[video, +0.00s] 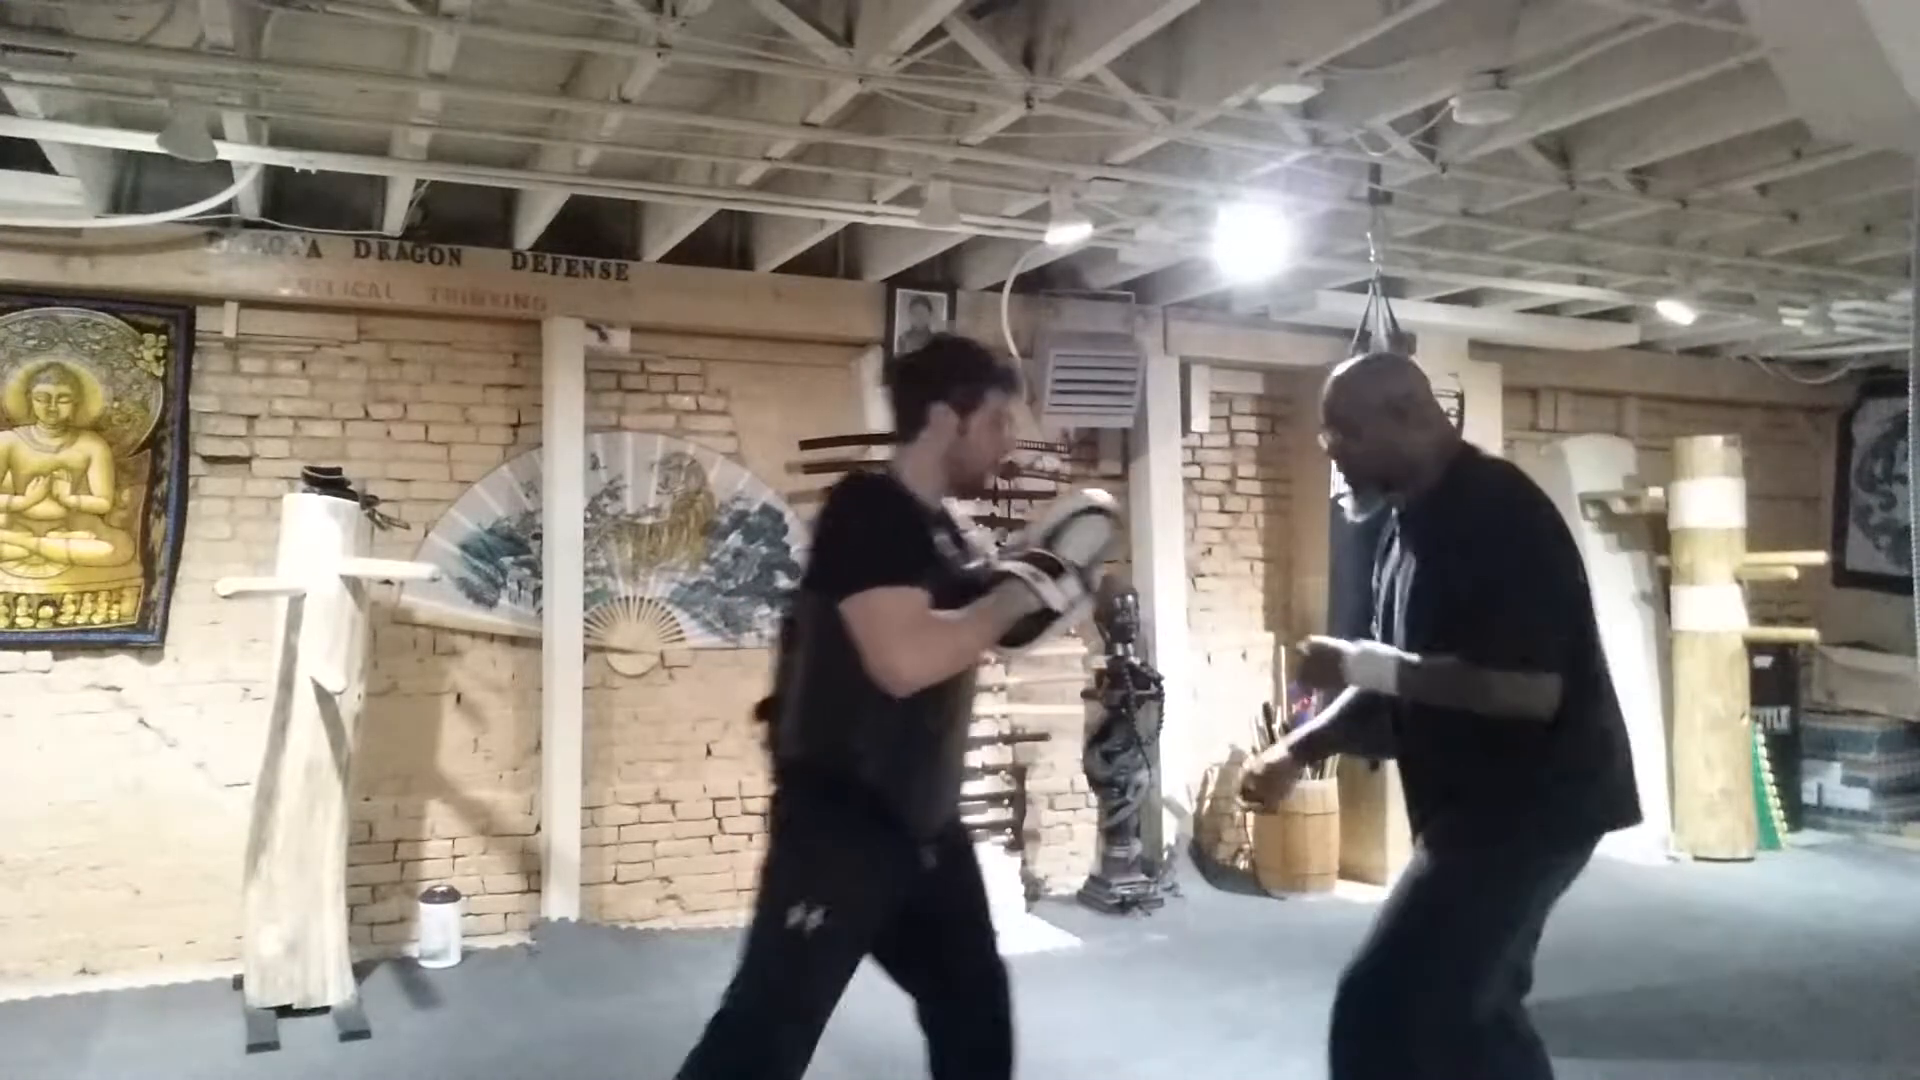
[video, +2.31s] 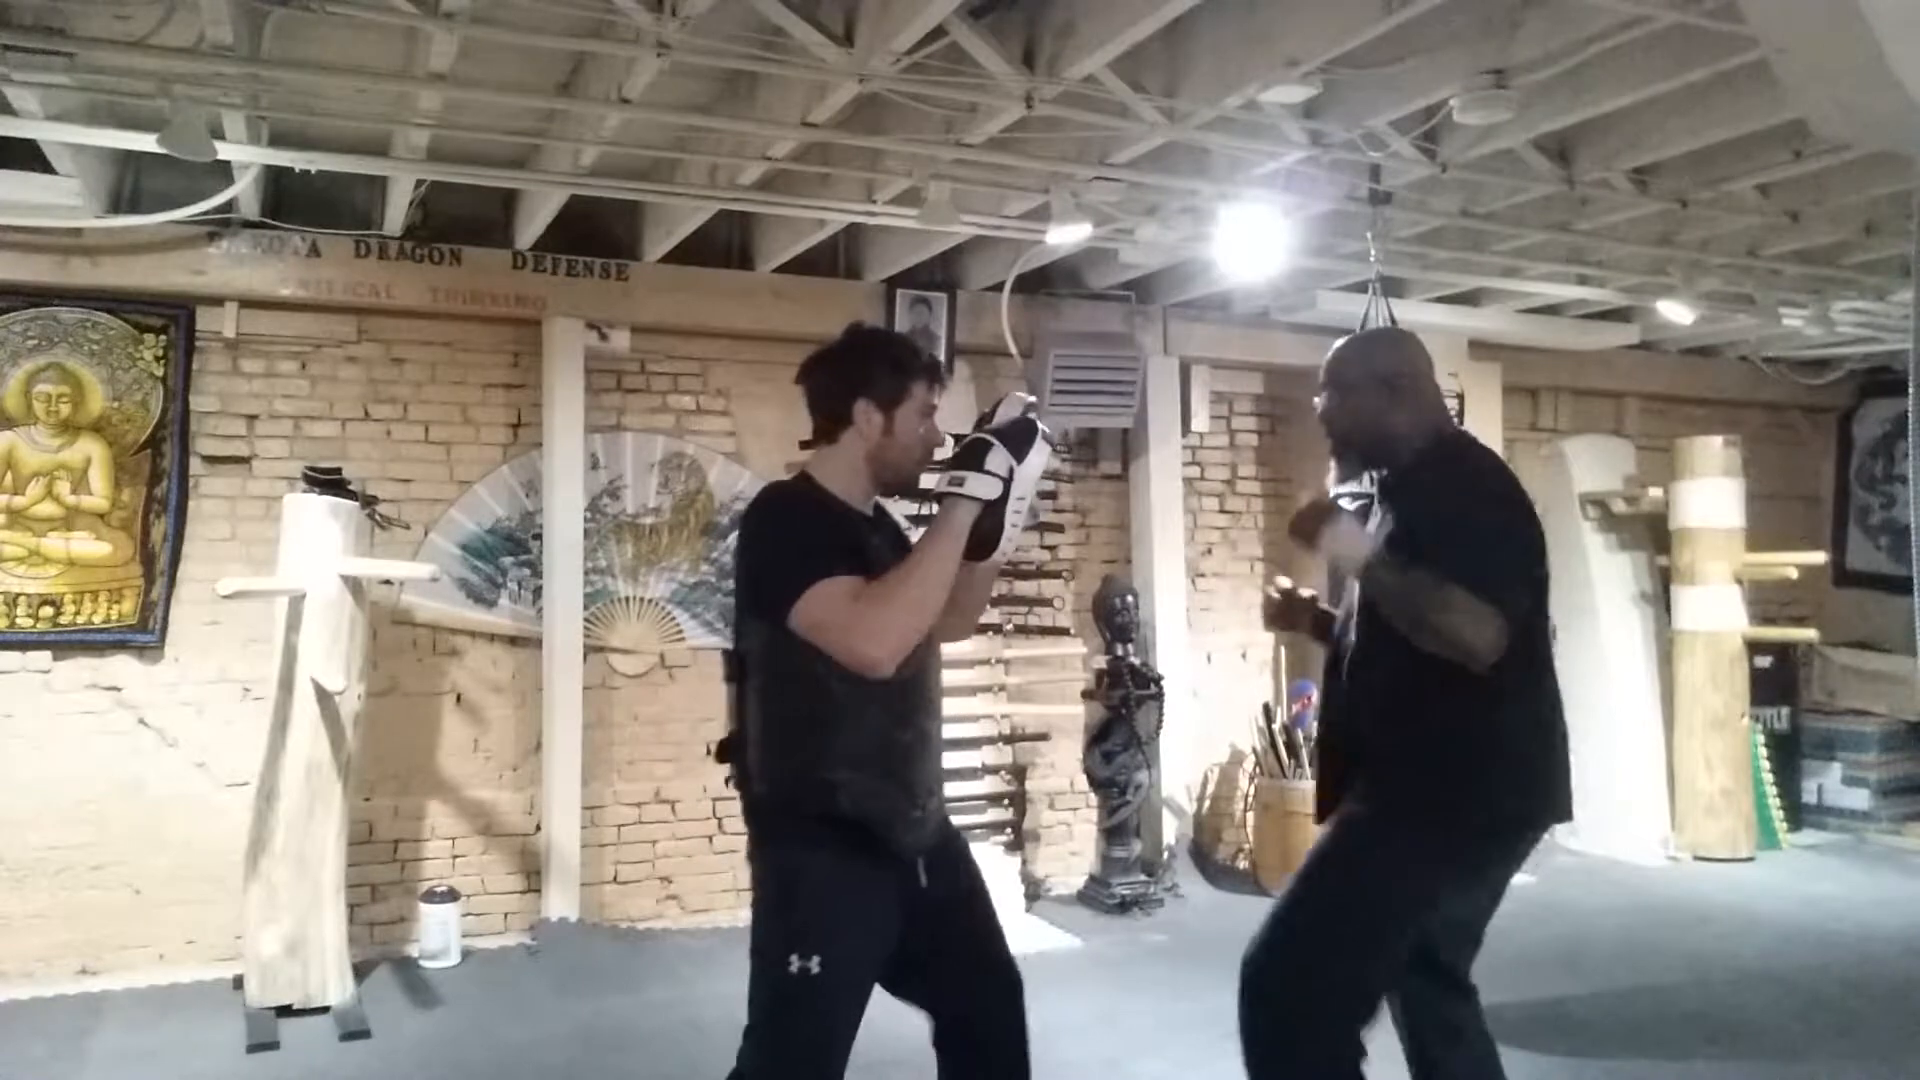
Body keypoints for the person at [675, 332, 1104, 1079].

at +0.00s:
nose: (1010, 445)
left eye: (1011, 426)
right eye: (1002, 423)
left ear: (945, 419)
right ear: (947, 416)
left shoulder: (945, 532)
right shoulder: (865, 508)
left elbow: (973, 627)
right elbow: (902, 660)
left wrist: (1044, 577)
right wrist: (1010, 596)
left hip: (920, 833)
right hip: (836, 831)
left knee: (975, 1028)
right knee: (763, 1038)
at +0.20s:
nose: (940, 459)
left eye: (941, 441)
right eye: (931, 438)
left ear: (877, 434)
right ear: (875, 431)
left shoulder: (860, 547)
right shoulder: (777, 525)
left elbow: (868, 672)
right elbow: (801, 690)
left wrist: (961, 623)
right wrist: (939, 626)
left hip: (856, 851)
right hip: (767, 856)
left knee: (926, 1024)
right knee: (730, 1062)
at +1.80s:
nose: (914, 431)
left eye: (912, 410)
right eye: (902, 408)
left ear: (850, 413)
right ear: (846, 410)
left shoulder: (859, 526)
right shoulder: (781, 519)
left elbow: (913, 614)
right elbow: (853, 664)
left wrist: (1008, 560)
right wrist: (967, 556)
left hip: (896, 844)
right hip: (815, 849)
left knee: (952, 1045)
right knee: (779, 1062)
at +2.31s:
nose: (937, 436)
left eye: (938, 418)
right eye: (925, 415)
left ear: (870, 420)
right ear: (866, 418)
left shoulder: (879, 531)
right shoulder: (782, 518)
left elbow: (955, 617)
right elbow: (874, 639)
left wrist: (994, 511)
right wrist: (965, 494)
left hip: (911, 838)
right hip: (818, 846)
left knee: (987, 1010)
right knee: (790, 1062)